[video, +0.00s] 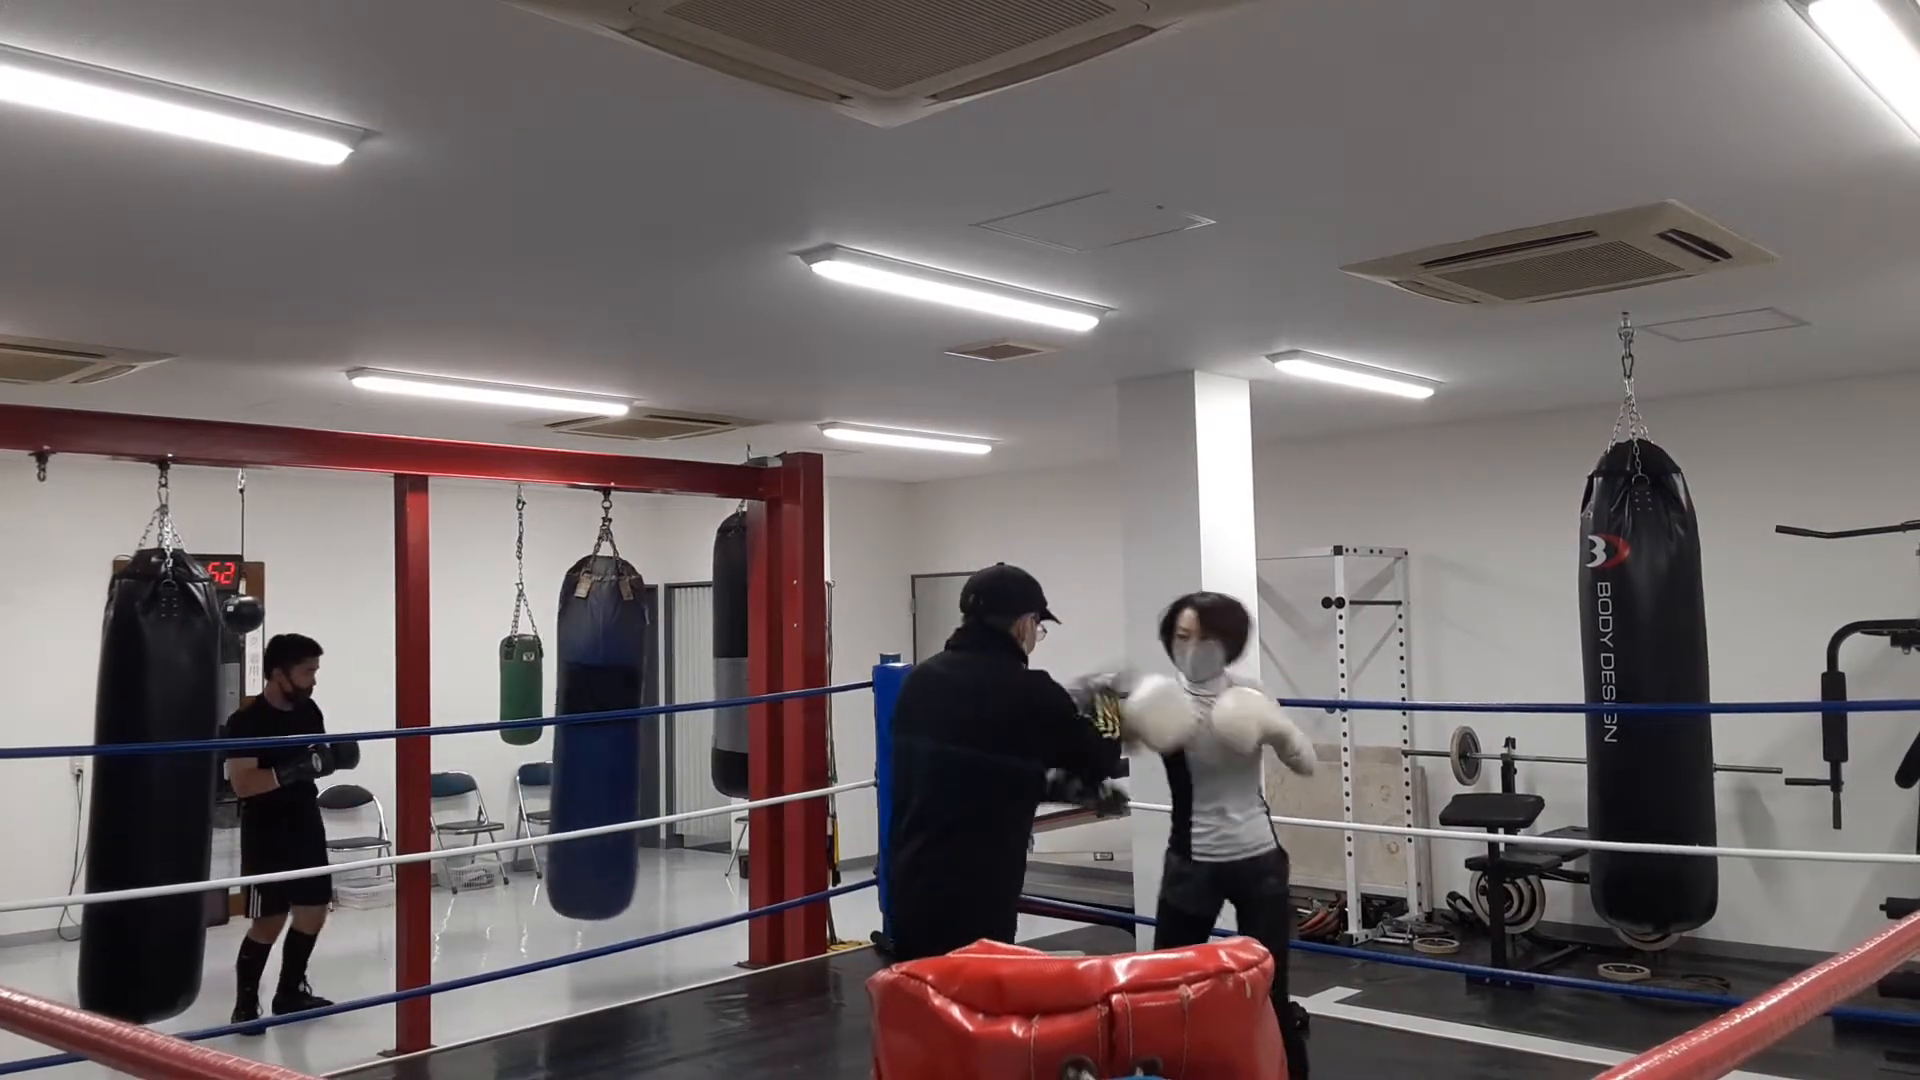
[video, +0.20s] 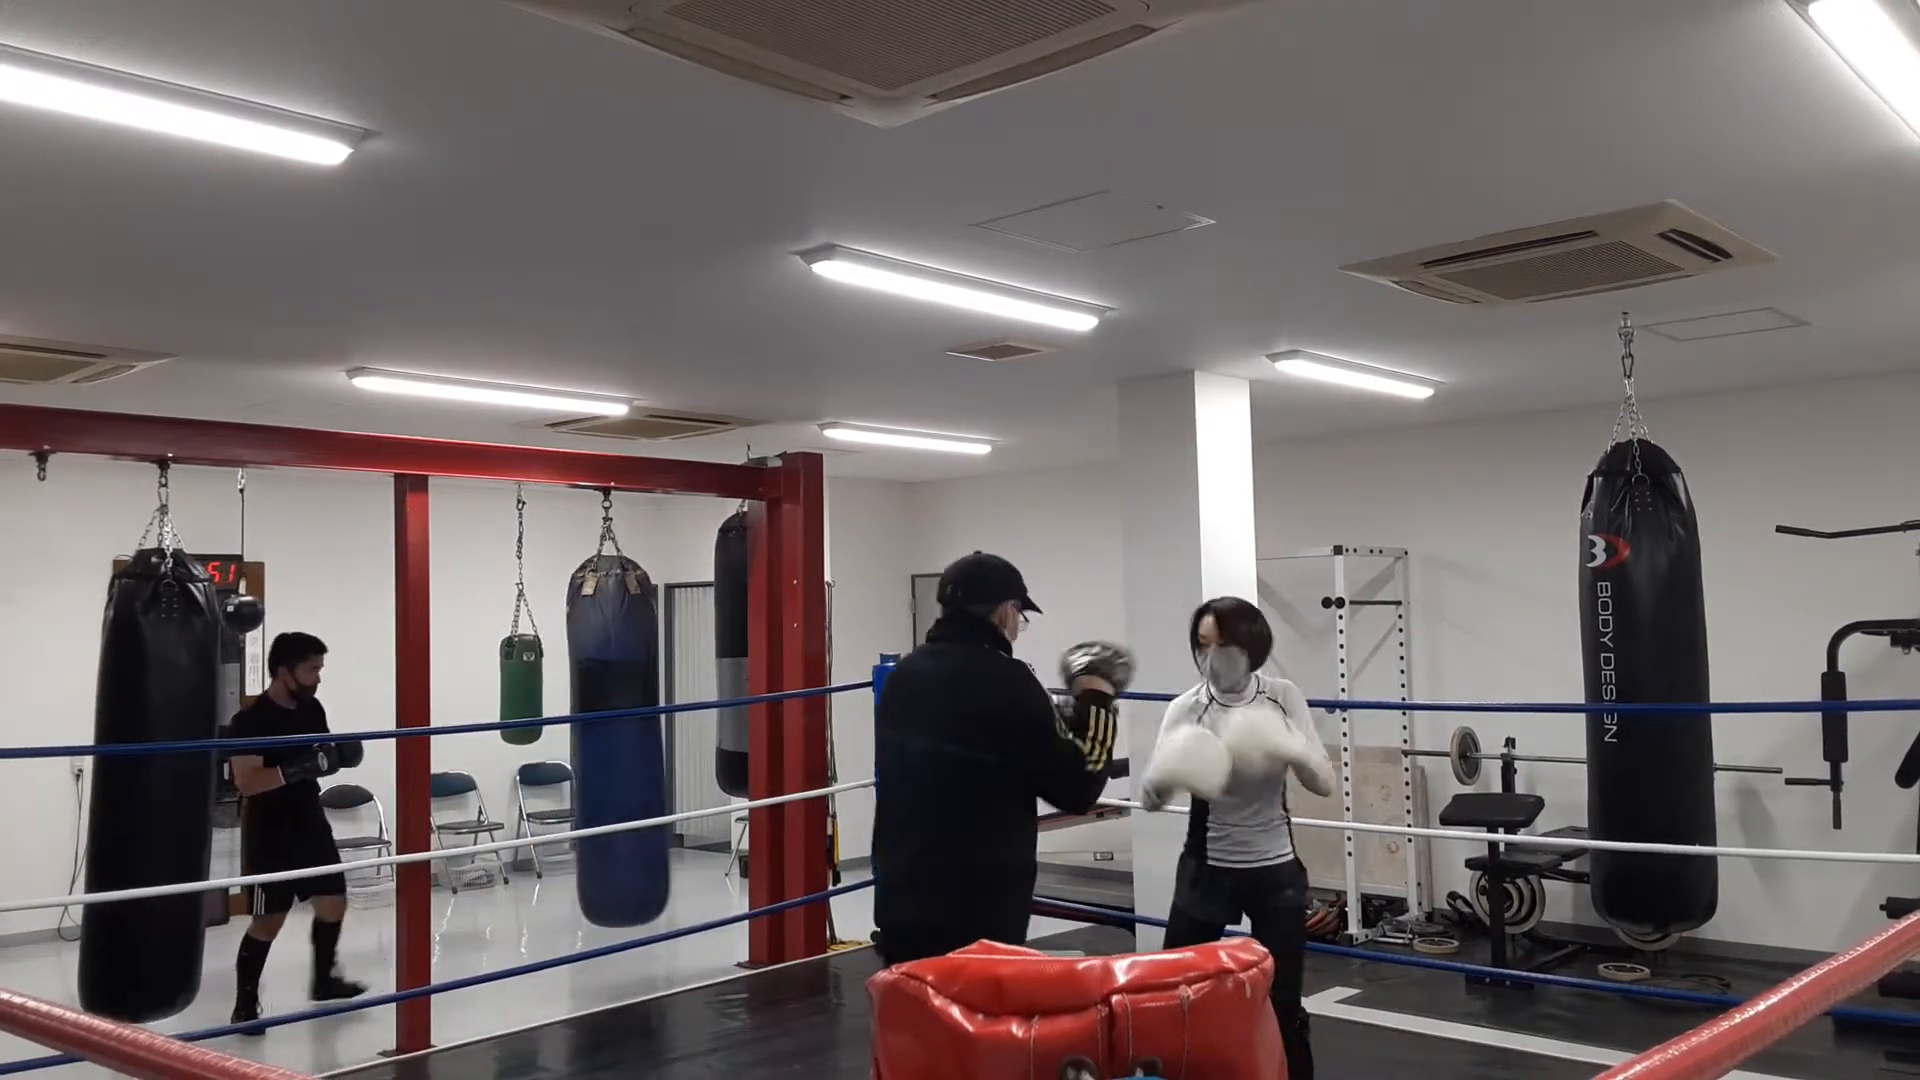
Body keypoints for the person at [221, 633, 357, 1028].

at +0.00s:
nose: (315, 678)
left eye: (316, 671)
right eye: (308, 671)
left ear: (293, 673)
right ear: (280, 673)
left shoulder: (309, 713)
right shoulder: (246, 721)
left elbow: (312, 762)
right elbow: (243, 784)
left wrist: (336, 758)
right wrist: (293, 771)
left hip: (305, 821)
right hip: (265, 826)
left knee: (312, 909)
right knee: (271, 916)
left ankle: (290, 991)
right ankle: (246, 1001)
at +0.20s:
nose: (319, 677)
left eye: (320, 669)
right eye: (313, 670)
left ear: (296, 672)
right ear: (285, 671)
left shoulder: (312, 711)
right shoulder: (250, 720)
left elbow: (319, 759)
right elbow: (246, 782)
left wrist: (341, 756)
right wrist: (300, 769)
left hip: (309, 819)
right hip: (267, 825)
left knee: (332, 901)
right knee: (271, 914)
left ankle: (323, 982)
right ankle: (246, 1003)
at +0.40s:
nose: (347, 685)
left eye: (349, 677)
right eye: (341, 678)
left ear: (343, 675)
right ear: (315, 676)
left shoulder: (340, 716)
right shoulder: (279, 721)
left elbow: (338, 765)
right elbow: (267, 781)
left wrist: (360, 765)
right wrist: (317, 776)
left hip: (325, 820)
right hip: (283, 824)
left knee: (351, 899)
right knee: (282, 911)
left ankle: (368, 977)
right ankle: (251, 1001)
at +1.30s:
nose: (311, 677)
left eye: (314, 669)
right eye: (304, 669)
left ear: (316, 668)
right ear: (279, 667)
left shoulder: (308, 707)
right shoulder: (247, 707)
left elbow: (346, 749)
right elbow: (257, 755)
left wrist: (355, 724)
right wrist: (300, 721)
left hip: (303, 818)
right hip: (257, 821)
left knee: (327, 891)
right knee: (250, 903)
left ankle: (329, 976)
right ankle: (234, 988)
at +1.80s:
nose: (334, 682)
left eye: (336, 675)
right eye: (328, 674)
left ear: (325, 674)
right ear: (303, 673)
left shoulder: (326, 712)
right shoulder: (267, 717)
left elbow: (373, 746)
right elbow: (290, 756)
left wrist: (378, 718)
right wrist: (322, 723)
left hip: (327, 827)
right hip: (283, 831)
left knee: (360, 897)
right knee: (268, 912)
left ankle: (389, 974)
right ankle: (236, 991)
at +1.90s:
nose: (355, 686)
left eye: (357, 678)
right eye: (348, 678)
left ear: (355, 679)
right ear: (324, 678)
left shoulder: (348, 718)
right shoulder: (288, 719)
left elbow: (386, 755)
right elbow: (307, 763)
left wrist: (393, 724)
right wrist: (346, 731)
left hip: (343, 828)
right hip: (298, 832)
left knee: (380, 896)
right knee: (277, 912)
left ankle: (395, 972)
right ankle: (238, 989)